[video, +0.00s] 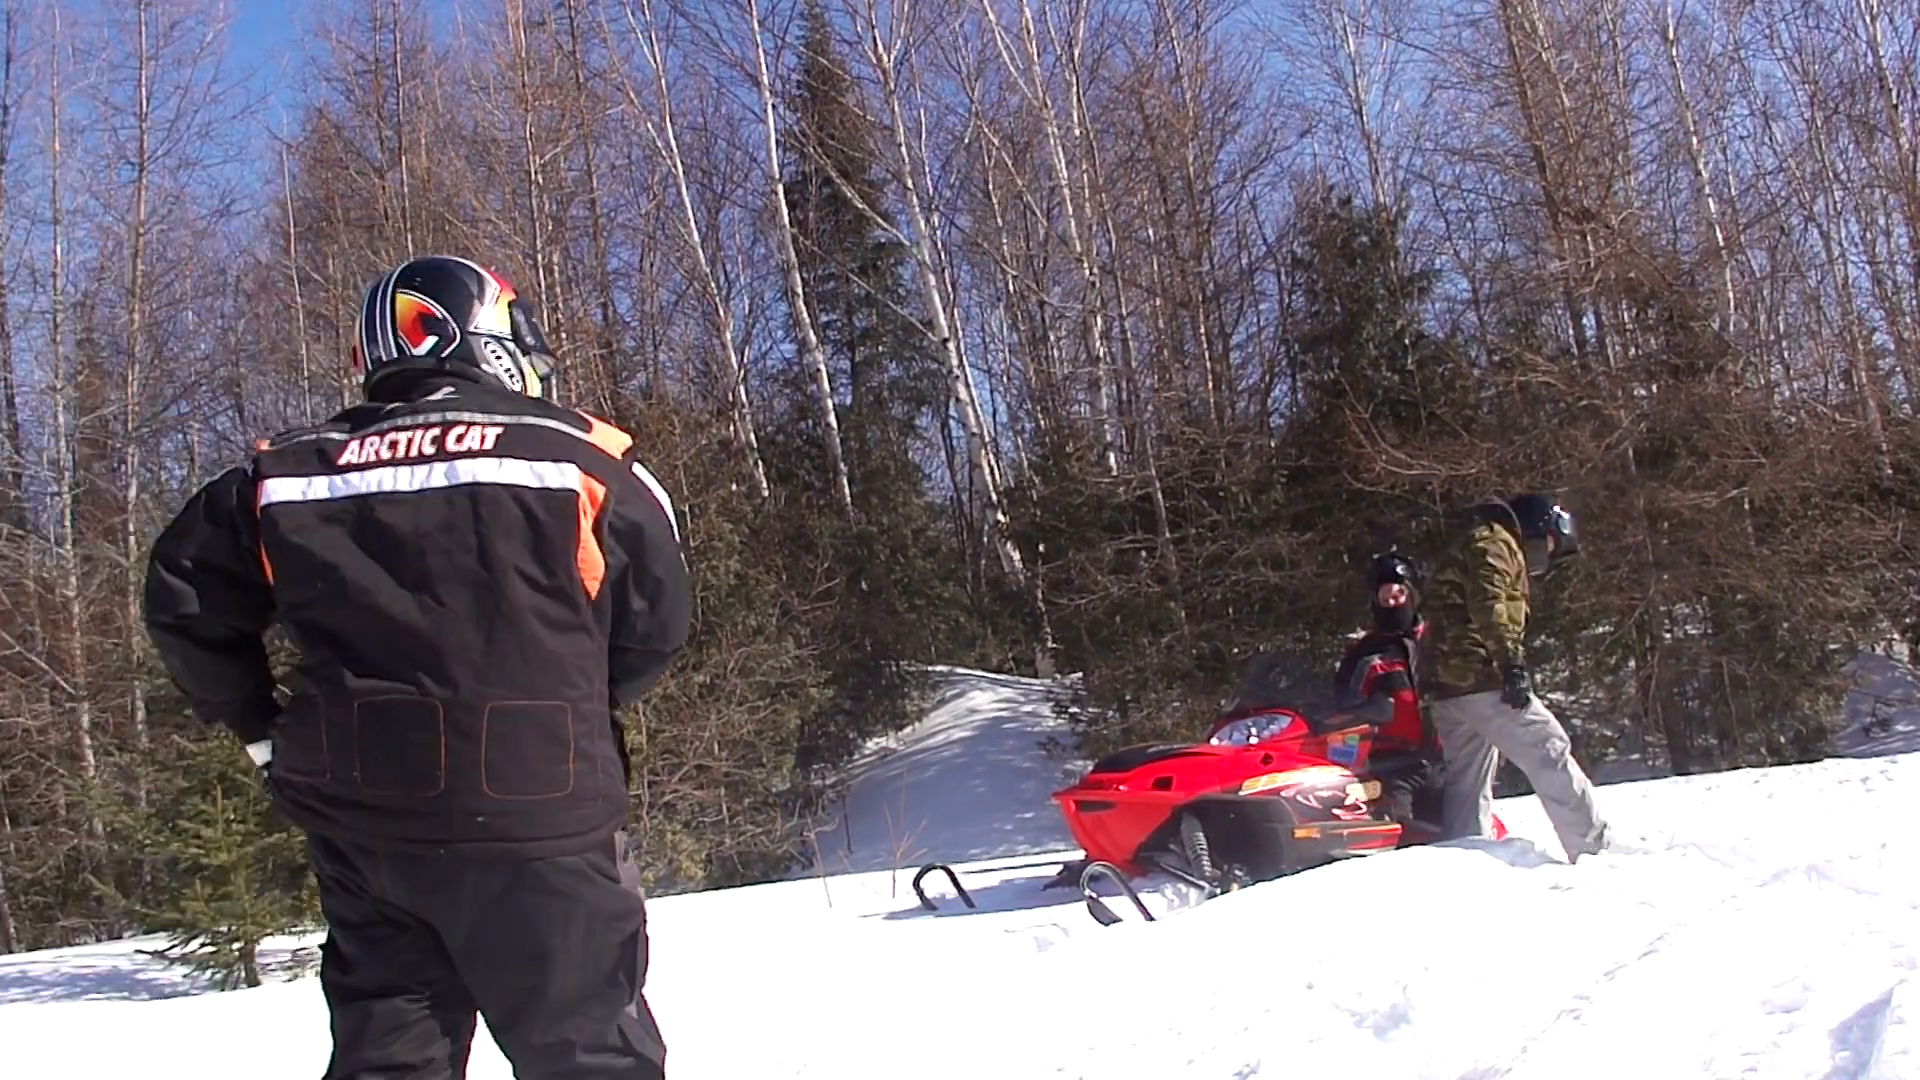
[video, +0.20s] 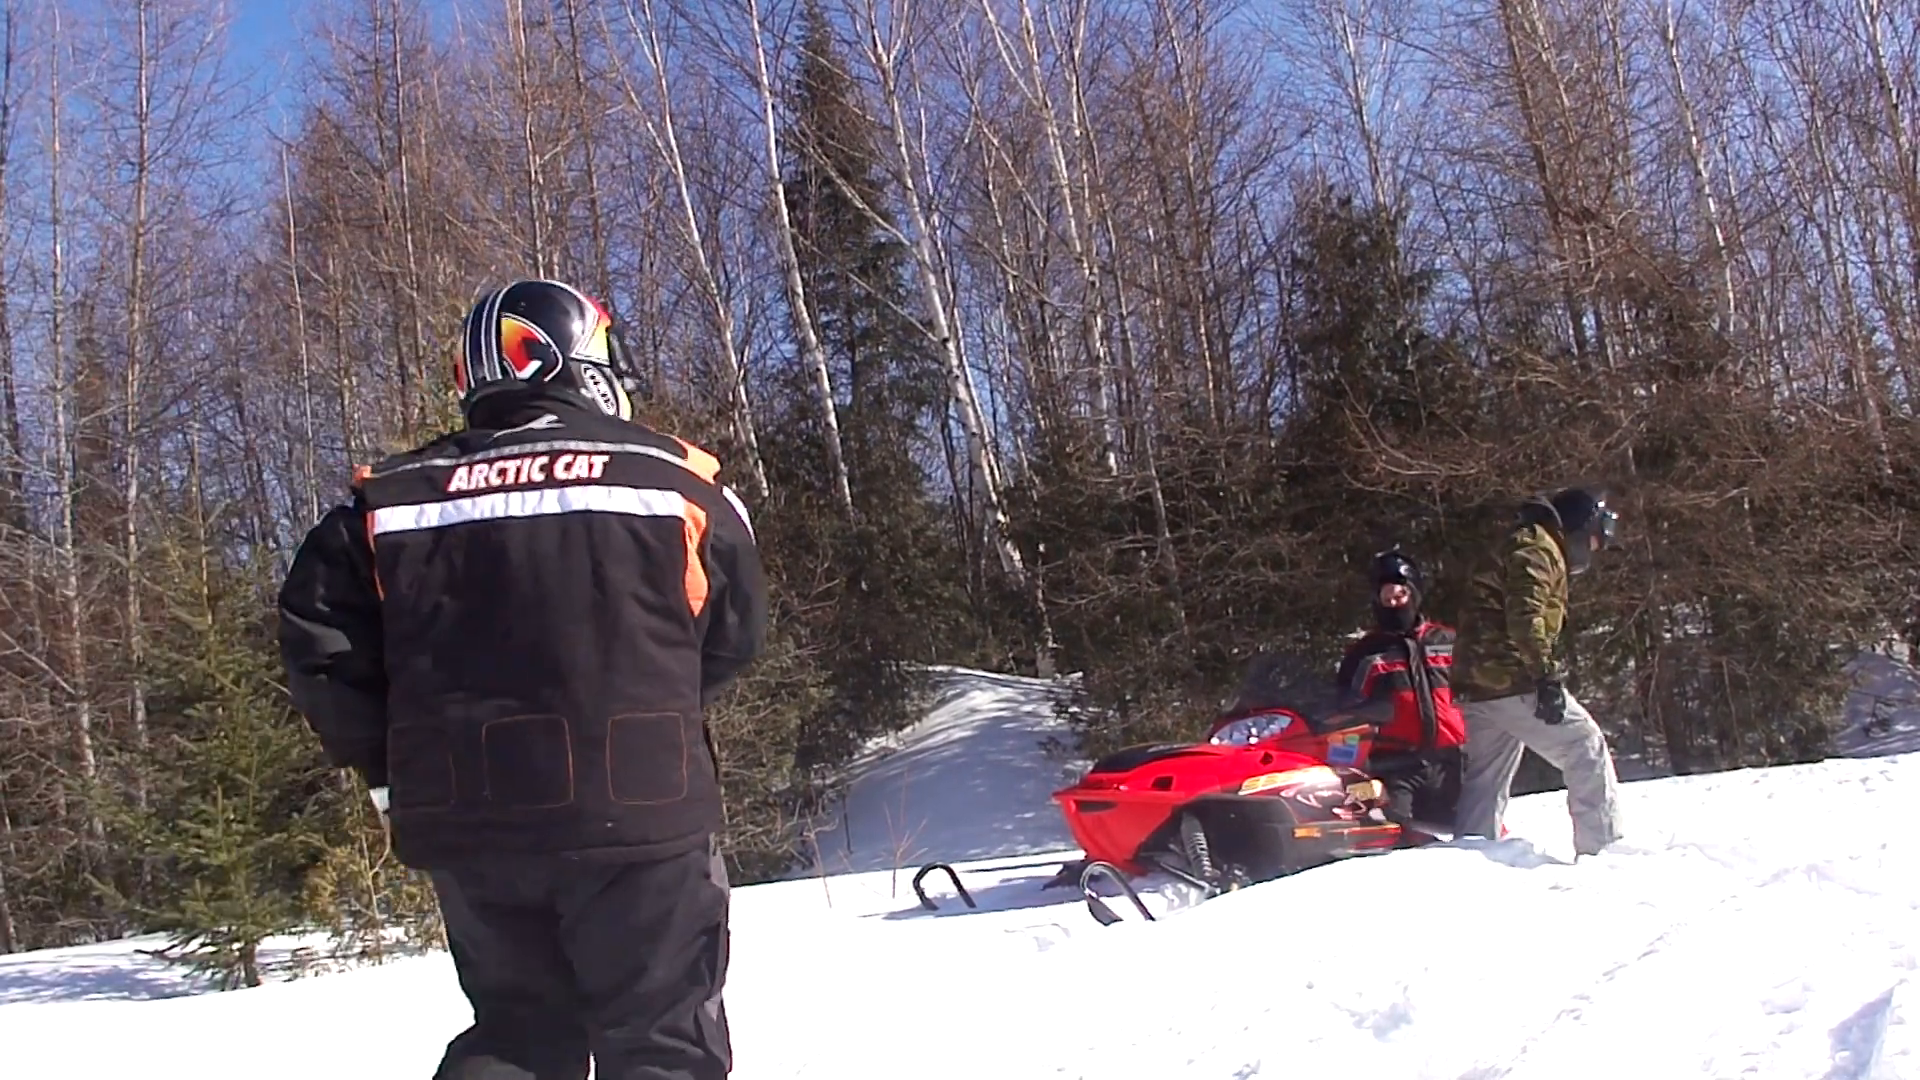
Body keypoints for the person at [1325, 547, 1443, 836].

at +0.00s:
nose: (1393, 603)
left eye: (1400, 595)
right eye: (1385, 596)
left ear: (1415, 597)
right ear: (1374, 601)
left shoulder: (1436, 643)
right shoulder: (1363, 652)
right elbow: (1343, 705)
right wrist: (1372, 708)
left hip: (1442, 760)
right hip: (1389, 765)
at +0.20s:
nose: (1395, 602)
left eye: (1402, 593)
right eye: (1387, 595)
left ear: (1416, 596)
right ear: (1376, 600)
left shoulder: (1447, 642)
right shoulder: (1363, 654)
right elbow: (1344, 714)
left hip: (1450, 764)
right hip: (1392, 767)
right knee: (1391, 834)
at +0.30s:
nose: (1396, 602)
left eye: (1403, 593)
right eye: (1389, 594)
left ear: (1416, 595)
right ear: (1377, 599)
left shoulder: (1452, 643)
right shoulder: (1365, 654)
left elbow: (1464, 698)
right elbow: (1346, 714)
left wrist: (1473, 741)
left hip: (1449, 766)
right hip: (1395, 769)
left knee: (1444, 828)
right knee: (1393, 830)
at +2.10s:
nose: (1394, 604)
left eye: (1401, 595)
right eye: (1388, 596)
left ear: (1418, 595)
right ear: (1378, 598)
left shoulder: (1454, 644)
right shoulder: (1363, 654)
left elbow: (1479, 693)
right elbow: (1345, 712)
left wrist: (1492, 739)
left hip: (1445, 764)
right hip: (1392, 766)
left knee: (1444, 828)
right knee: (1392, 829)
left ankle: (1488, 825)